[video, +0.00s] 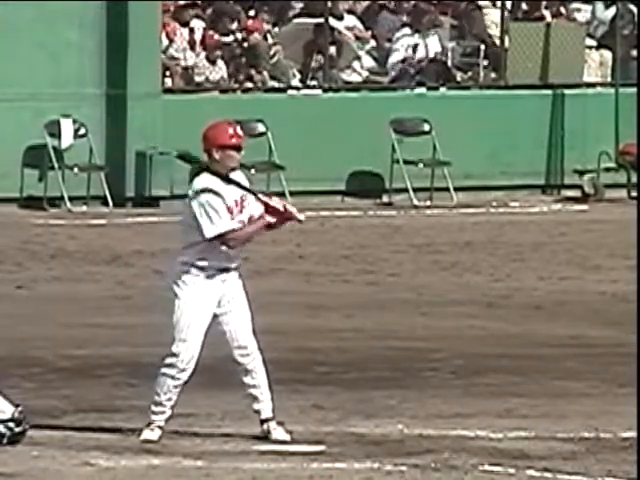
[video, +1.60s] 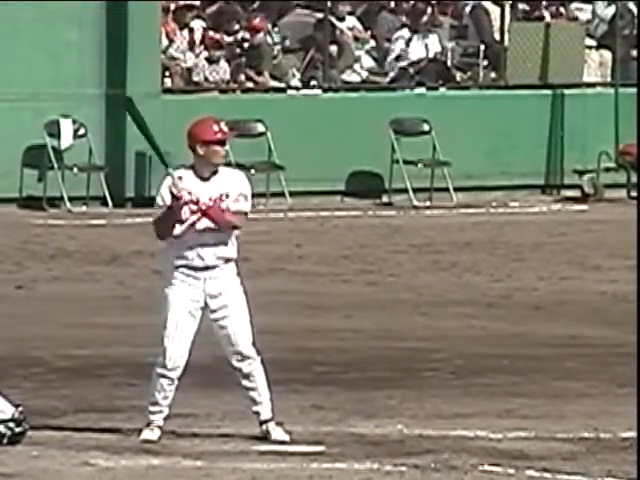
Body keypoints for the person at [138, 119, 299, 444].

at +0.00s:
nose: (238, 155)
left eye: (239, 148)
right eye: (232, 149)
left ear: (230, 152)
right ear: (214, 153)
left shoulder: (237, 178)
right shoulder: (204, 189)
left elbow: (251, 210)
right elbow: (231, 240)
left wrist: (276, 213)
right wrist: (265, 221)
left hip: (229, 276)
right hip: (197, 279)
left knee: (247, 350)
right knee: (184, 355)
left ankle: (268, 420)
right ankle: (156, 422)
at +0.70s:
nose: (233, 154)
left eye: (233, 148)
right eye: (226, 149)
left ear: (232, 151)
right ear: (208, 155)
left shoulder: (242, 179)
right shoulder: (198, 189)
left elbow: (256, 224)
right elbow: (224, 235)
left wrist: (249, 251)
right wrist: (262, 263)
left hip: (229, 276)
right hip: (192, 278)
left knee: (246, 349)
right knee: (177, 352)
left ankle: (268, 421)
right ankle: (154, 421)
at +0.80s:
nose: (226, 155)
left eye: (227, 148)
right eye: (219, 150)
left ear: (227, 151)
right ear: (201, 155)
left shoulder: (239, 180)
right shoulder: (188, 190)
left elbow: (243, 232)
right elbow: (203, 240)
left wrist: (230, 269)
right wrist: (231, 277)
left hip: (225, 278)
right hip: (187, 279)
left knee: (246, 349)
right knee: (175, 352)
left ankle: (268, 421)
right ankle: (154, 421)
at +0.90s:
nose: (221, 152)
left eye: (221, 147)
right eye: (213, 148)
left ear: (223, 149)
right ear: (196, 154)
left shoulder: (237, 183)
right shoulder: (179, 190)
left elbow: (233, 233)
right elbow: (182, 240)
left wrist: (215, 272)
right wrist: (196, 279)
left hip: (224, 273)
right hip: (186, 275)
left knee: (243, 349)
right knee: (172, 354)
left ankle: (267, 420)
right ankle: (154, 421)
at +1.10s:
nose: (218, 151)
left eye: (218, 145)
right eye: (210, 146)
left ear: (219, 148)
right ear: (192, 150)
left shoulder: (230, 184)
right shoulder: (168, 185)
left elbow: (216, 232)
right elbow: (157, 227)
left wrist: (183, 262)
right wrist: (159, 257)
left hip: (218, 276)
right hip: (180, 278)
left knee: (239, 350)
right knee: (168, 357)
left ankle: (267, 420)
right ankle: (154, 421)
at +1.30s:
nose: (219, 150)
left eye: (220, 145)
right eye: (212, 146)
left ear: (219, 147)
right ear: (193, 149)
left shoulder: (229, 180)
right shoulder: (167, 182)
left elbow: (208, 221)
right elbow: (156, 229)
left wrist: (163, 218)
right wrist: (143, 218)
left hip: (218, 275)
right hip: (178, 277)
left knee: (239, 350)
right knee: (168, 357)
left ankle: (267, 420)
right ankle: (154, 422)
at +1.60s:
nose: (223, 149)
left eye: (224, 143)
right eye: (216, 144)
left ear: (223, 146)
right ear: (197, 148)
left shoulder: (236, 179)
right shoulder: (175, 181)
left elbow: (235, 222)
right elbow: (161, 232)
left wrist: (203, 205)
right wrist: (177, 207)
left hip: (224, 274)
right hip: (185, 276)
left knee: (243, 351)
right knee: (172, 357)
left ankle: (267, 421)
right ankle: (155, 421)